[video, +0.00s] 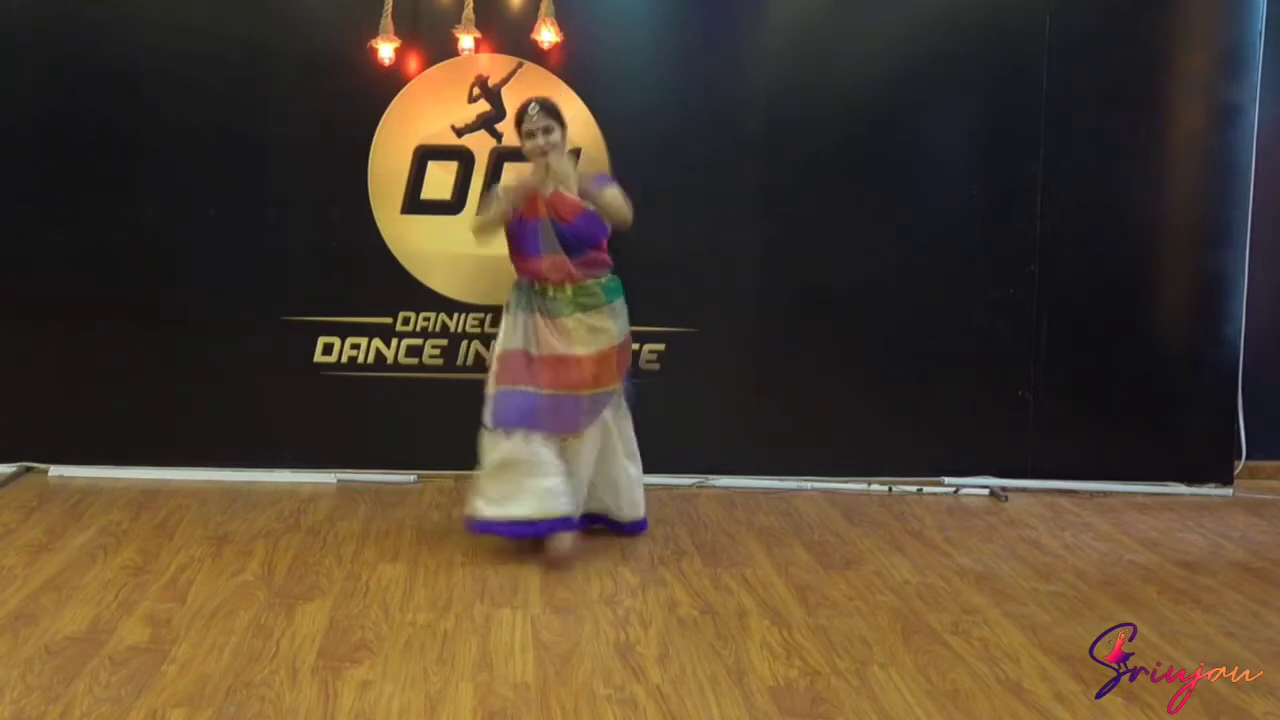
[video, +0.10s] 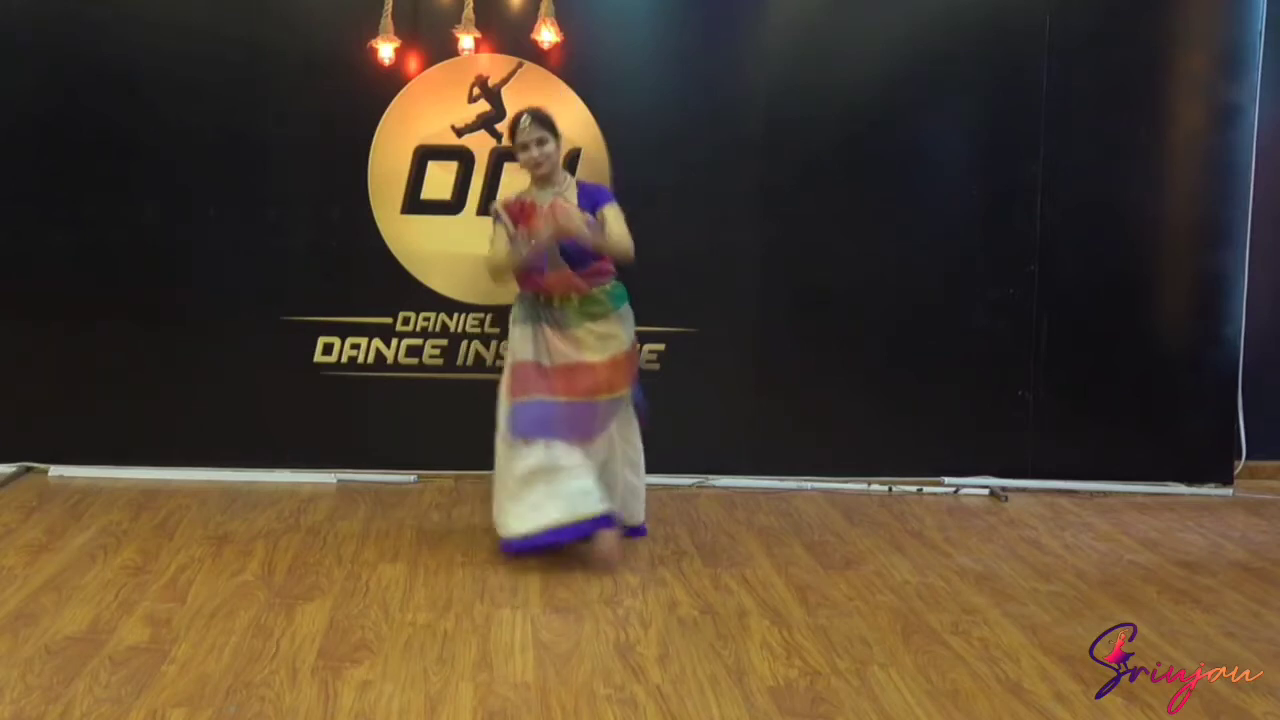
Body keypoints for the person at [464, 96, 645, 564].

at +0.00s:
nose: (539, 140)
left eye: (546, 130)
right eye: (530, 134)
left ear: (564, 134)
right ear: (521, 143)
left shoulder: (592, 185)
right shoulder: (514, 191)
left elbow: (623, 217)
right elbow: (480, 227)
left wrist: (577, 184)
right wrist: (509, 195)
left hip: (590, 312)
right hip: (534, 313)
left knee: (582, 412)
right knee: (525, 414)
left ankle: (570, 509)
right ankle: (557, 519)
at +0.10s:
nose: (535, 153)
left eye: (541, 142)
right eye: (525, 147)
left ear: (560, 144)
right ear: (517, 157)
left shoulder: (595, 197)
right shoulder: (511, 210)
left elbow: (626, 249)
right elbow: (499, 268)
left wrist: (586, 232)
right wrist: (537, 243)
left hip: (596, 323)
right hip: (538, 325)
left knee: (595, 423)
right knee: (538, 425)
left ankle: (606, 511)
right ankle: (594, 519)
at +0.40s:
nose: (529, 197)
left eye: (533, 185)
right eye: (518, 193)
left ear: (553, 176)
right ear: (514, 198)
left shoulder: (605, 215)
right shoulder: (529, 257)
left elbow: (661, 263)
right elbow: (542, 329)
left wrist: (718, 302)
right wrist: (553, 391)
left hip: (632, 346)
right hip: (575, 356)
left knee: (630, 443)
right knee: (574, 445)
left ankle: (632, 535)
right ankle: (570, 537)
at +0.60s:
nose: (556, 188)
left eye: (561, 175)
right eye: (546, 184)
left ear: (580, 166)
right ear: (540, 188)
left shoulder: (615, 193)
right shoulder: (561, 241)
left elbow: (658, 205)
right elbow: (569, 309)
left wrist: (693, 204)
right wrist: (545, 356)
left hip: (639, 337)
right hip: (594, 347)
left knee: (635, 436)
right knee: (597, 440)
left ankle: (642, 533)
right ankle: (564, 537)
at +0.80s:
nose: (605, 151)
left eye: (608, 140)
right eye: (593, 148)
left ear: (620, 140)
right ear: (576, 160)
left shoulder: (612, 194)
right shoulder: (600, 204)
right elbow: (645, 264)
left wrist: (648, 239)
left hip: (614, 324)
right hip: (612, 328)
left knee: (604, 421)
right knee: (625, 426)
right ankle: (609, 530)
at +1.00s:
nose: (650, 127)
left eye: (650, 117)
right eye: (644, 119)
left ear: (601, 126)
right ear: (617, 126)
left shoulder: (569, 174)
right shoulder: (647, 186)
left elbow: (541, 215)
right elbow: (695, 237)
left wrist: (557, 164)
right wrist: (708, 174)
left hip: (579, 299)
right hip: (635, 303)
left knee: (579, 403)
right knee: (654, 402)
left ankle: (547, 507)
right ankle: (665, 515)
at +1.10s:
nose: (656, 121)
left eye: (654, 113)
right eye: (651, 114)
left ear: (607, 118)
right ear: (633, 121)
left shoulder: (567, 171)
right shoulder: (657, 180)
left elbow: (526, 220)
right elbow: (691, 234)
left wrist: (546, 170)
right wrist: (689, 170)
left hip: (577, 294)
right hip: (641, 300)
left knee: (570, 401)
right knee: (650, 400)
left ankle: (553, 508)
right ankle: (664, 513)